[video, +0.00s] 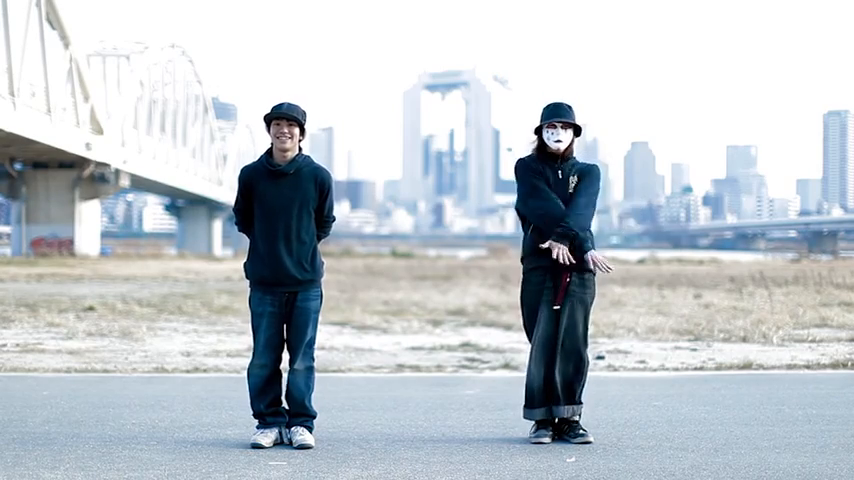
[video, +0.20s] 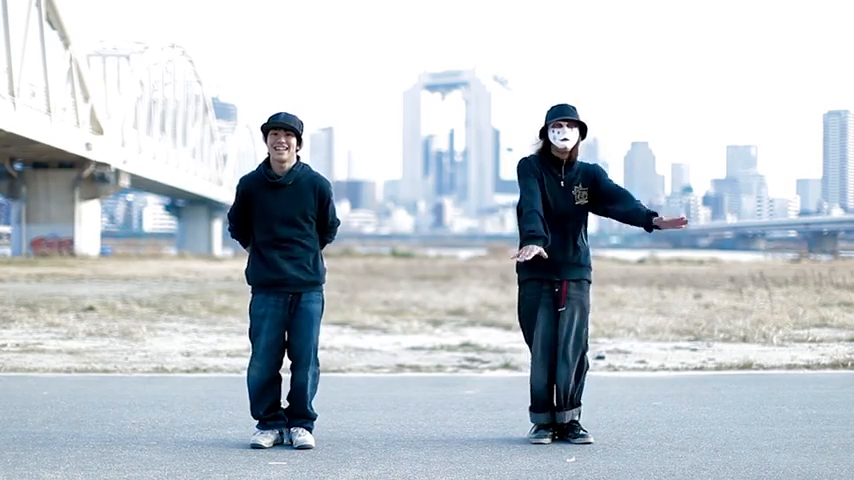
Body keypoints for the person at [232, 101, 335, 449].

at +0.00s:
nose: (284, 133)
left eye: (291, 128)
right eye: (278, 127)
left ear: (301, 134)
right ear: (269, 132)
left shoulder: (318, 177)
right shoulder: (250, 175)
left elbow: (324, 225)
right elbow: (243, 220)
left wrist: (299, 243)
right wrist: (269, 240)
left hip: (306, 279)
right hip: (264, 279)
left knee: (302, 355)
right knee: (264, 355)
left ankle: (300, 424)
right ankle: (268, 424)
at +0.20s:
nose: (280, 143)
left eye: (287, 137)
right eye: (275, 137)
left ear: (297, 143)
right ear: (266, 141)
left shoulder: (317, 185)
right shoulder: (249, 185)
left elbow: (328, 228)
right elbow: (237, 227)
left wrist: (304, 250)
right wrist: (263, 249)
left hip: (308, 285)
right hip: (266, 285)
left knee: (305, 356)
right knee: (264, 357)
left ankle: (300, 425)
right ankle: (269, 425)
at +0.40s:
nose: (312, 144)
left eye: (319, 139)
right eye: (306, 136)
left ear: (326, 146)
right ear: (295, 139)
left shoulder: (334, 187)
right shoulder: (267, 175)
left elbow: (329, 225)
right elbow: (242, 204)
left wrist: (302, 238)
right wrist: (263, 235)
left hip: (301, 279)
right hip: (260, 278)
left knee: (301, 350)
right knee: (259, 351)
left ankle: (299, 423)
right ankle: (267, 422)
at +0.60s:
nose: (315, 157)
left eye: (323, 153)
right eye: (310, 150)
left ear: (330, 159)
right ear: (299, 152)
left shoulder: (337, 199)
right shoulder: (272, 185)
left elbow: (329, 232)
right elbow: (246, 213)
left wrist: (301, 242)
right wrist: (265, 242)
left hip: (303, 282)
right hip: (262, 280)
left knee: (303, 353)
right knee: (259, 353)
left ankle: (299, 424)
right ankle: (266, 422)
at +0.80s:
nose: (299, 141)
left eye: (306, 137)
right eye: (293, 135)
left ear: (314, 142)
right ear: (282, 137)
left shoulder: (327, 181)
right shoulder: (261, 175)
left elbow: (340, 227)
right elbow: (245, 219)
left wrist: (318, 250)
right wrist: (265, 246)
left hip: (306, 285)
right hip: (263, 283)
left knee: (302, 357)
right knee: (259, 358)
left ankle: (301, 425)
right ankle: (267, 425)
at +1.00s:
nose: (286, 169)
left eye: (293, 163)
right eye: (281, 163)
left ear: (302, 168)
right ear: (272, 167)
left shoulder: (321, 205)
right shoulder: (256, 209)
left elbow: (337, 250)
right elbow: (245, 252)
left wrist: (316, 283)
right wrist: (261, 277)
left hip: (300, 300)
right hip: (258, 298)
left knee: (296, 368)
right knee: (251, 371)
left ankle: (300, 428)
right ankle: (266, 427)